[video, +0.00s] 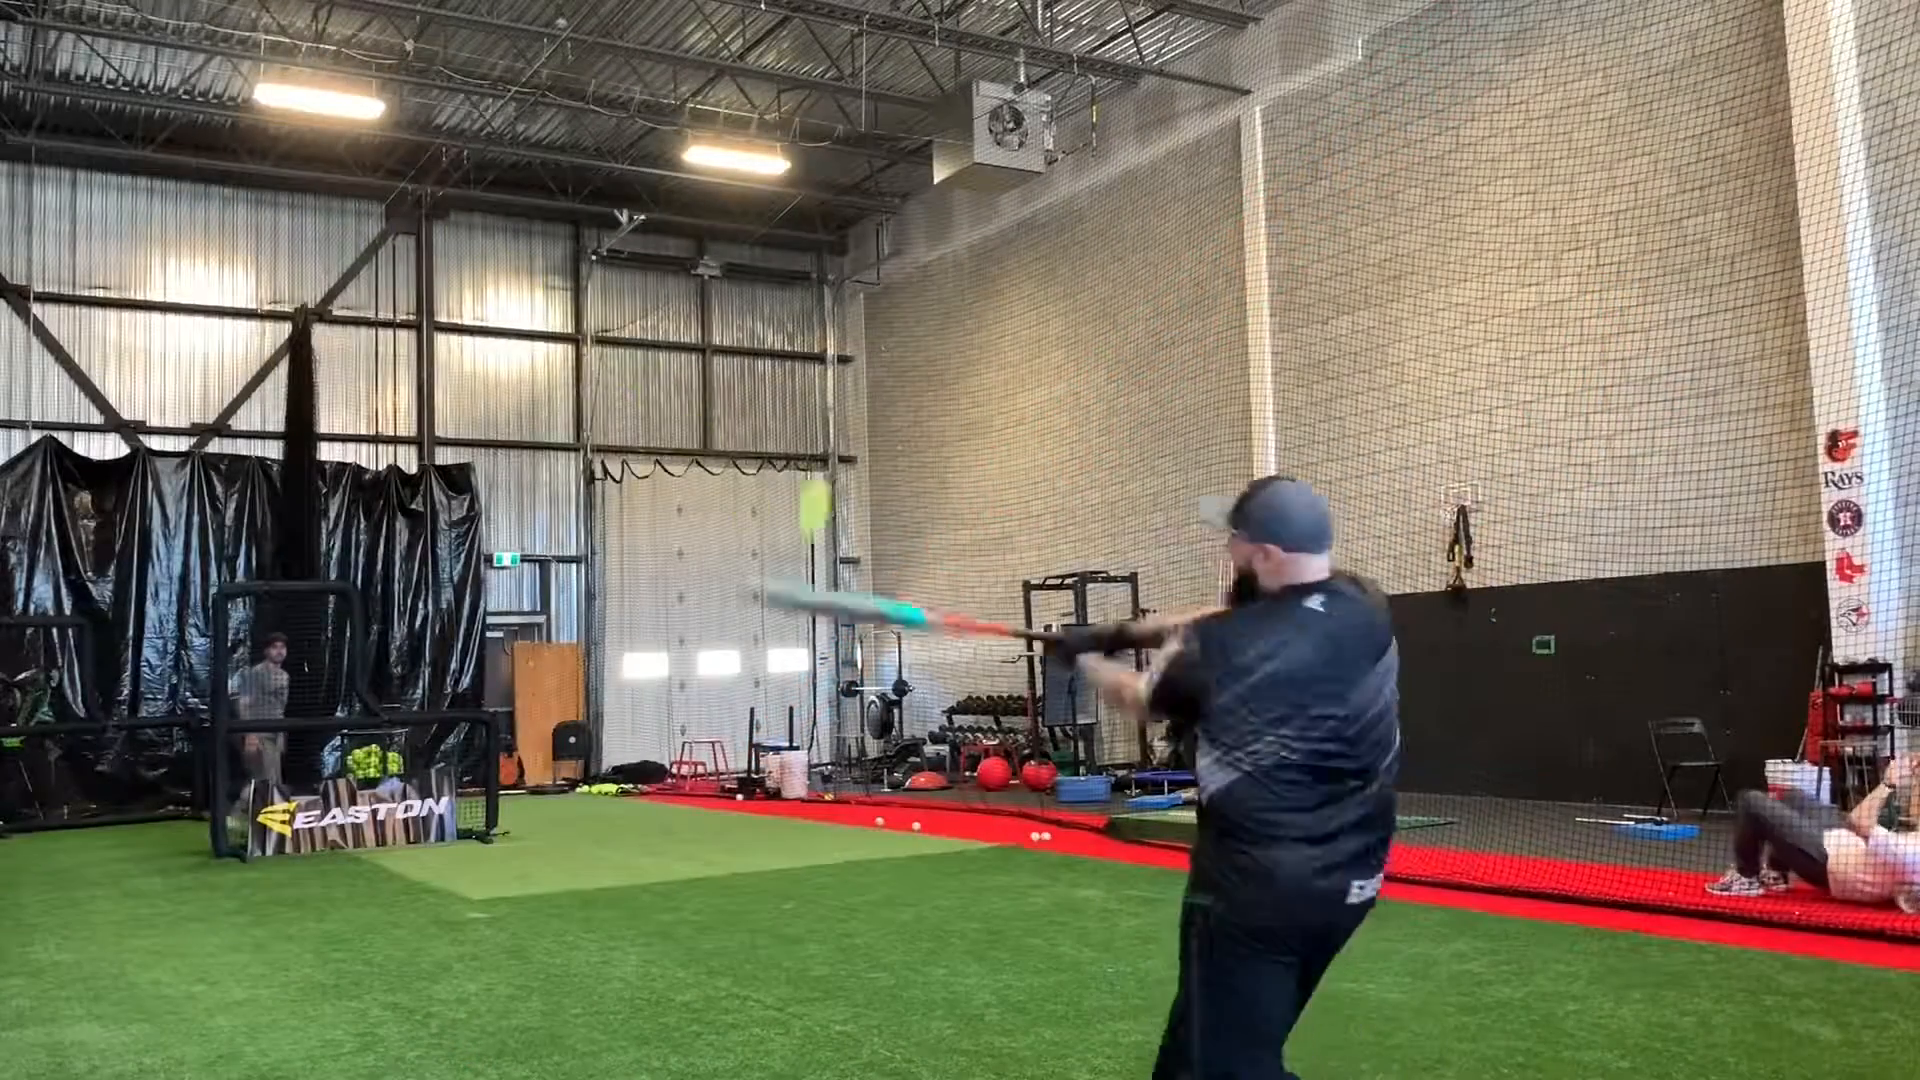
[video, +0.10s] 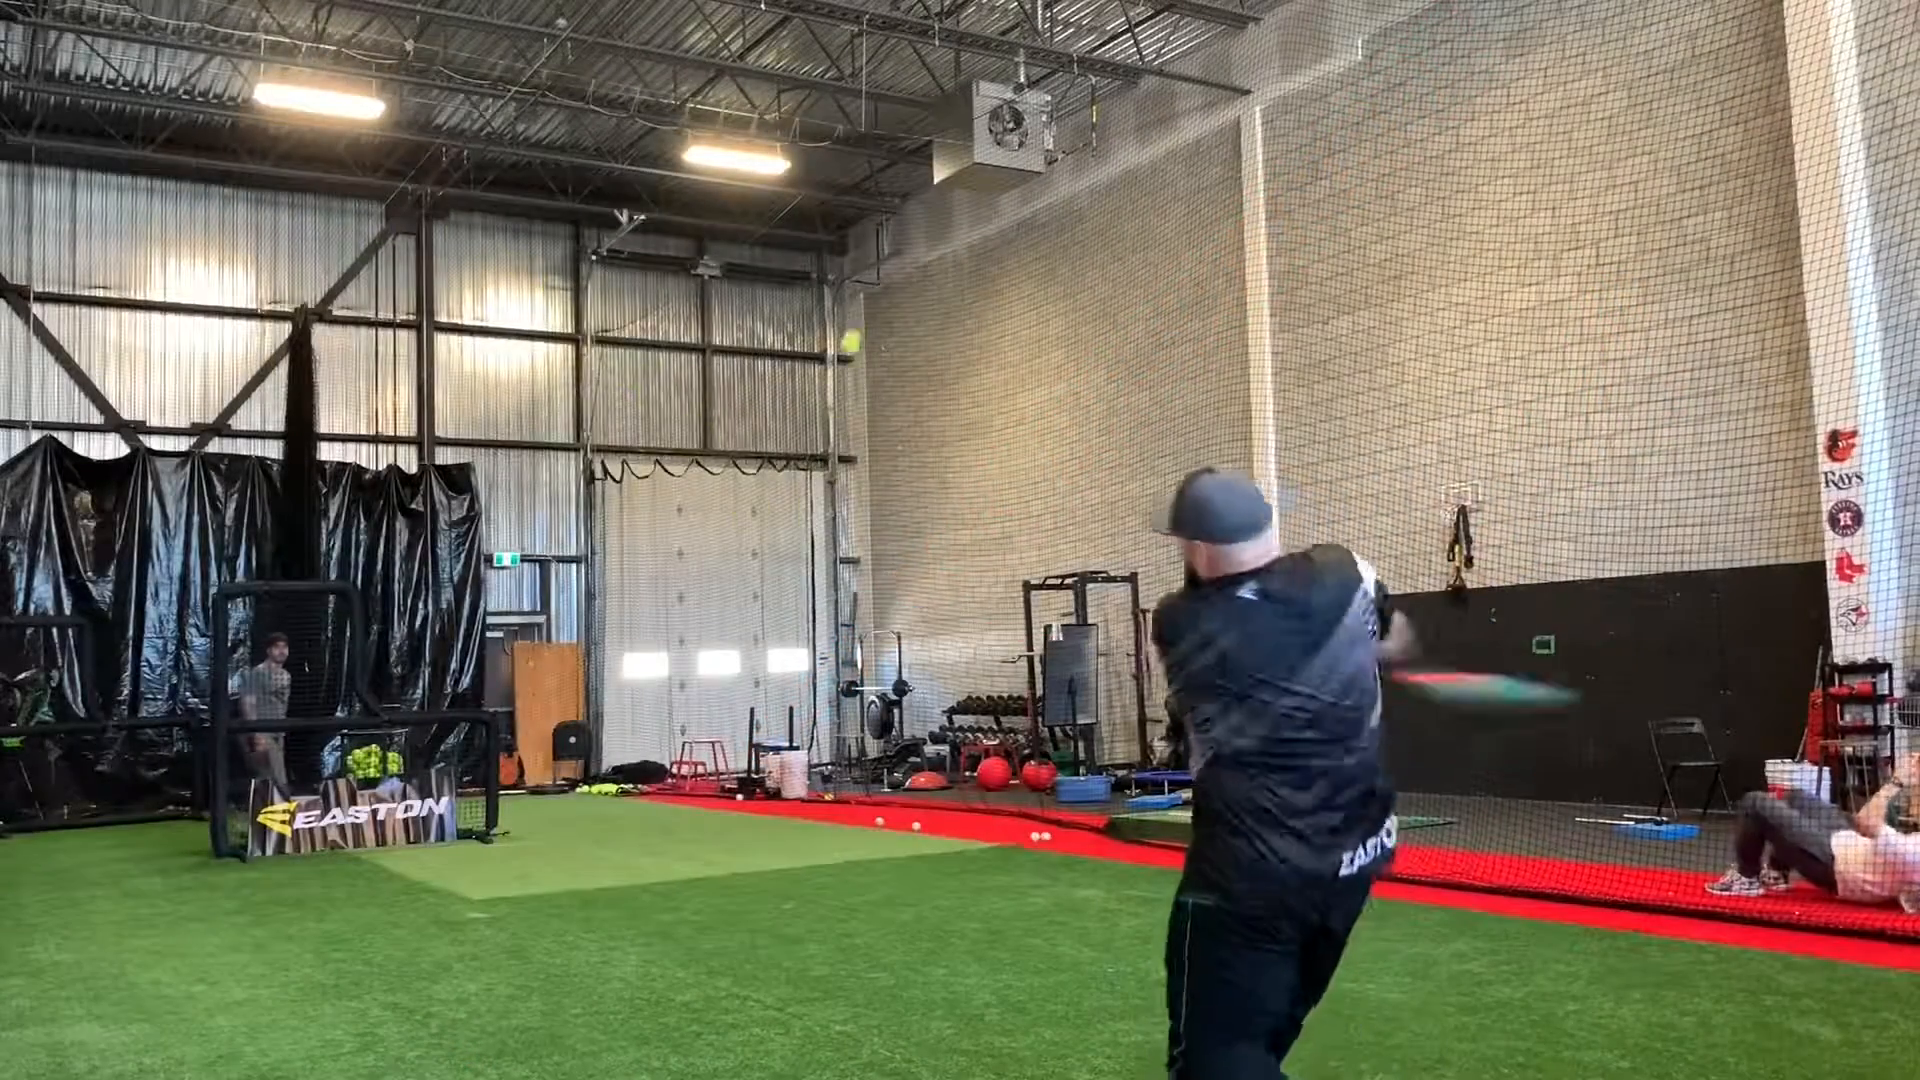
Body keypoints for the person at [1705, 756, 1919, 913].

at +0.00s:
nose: (1914, 798)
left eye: (1915, 793)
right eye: (1915, 791)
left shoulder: (1909, 857)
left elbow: (1860, 822)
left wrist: (1887, 784)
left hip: (1836, 866)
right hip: (1853, 846)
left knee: (1751, 802)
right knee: (1795, 798)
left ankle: (1746, 876)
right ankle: (1776, 872)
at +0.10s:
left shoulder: (1910, 854)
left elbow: (1866, 822)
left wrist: (1896, 782)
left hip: (1840, 867)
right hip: (1855, 844)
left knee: (1755, 803)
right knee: (1797, 797)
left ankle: (1746, 877)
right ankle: (1776, 870)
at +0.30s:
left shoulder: (1914, 849)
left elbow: (1883, 821)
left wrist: (1904, 786)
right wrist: (1906, 787)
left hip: (1851, 870)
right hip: (1867, 848)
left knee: (1768, 808)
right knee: (1814, 803)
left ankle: (1746, 876)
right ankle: (1779, 870)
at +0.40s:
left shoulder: (1917, 845)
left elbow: (1890, 820)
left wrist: (1910, 790)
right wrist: (1910, 790)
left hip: (1860, 871)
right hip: (1874, 849)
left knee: (1779, 810)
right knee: (1819, 805)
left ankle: (1747, 875)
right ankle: (1780, 870)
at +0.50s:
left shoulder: (1919, 843)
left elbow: (1897, 819)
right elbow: (1901, 820)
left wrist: (1912, 788)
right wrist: (1912, 790)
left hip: (1868, 871)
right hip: (1882, 851)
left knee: (1785, 816)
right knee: (1824, 807)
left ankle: (1747, 875)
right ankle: (1781, 871)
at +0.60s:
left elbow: (1903, 822)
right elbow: (1904, 822)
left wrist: (1912, 790)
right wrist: (1914, 790)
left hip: (1877, 876)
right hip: (1890, 853)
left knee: (1793, 815)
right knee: (1829, 810)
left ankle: (1747, 874)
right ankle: (1782, 871)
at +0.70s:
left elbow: (1904, 821)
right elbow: (1904, 821)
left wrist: (1911, 791)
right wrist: (1914, 792)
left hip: (1882, 876)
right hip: (1893, 852)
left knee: (1794, 817)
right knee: (1833, 811)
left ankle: (1750, 873)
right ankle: (1784, 872)